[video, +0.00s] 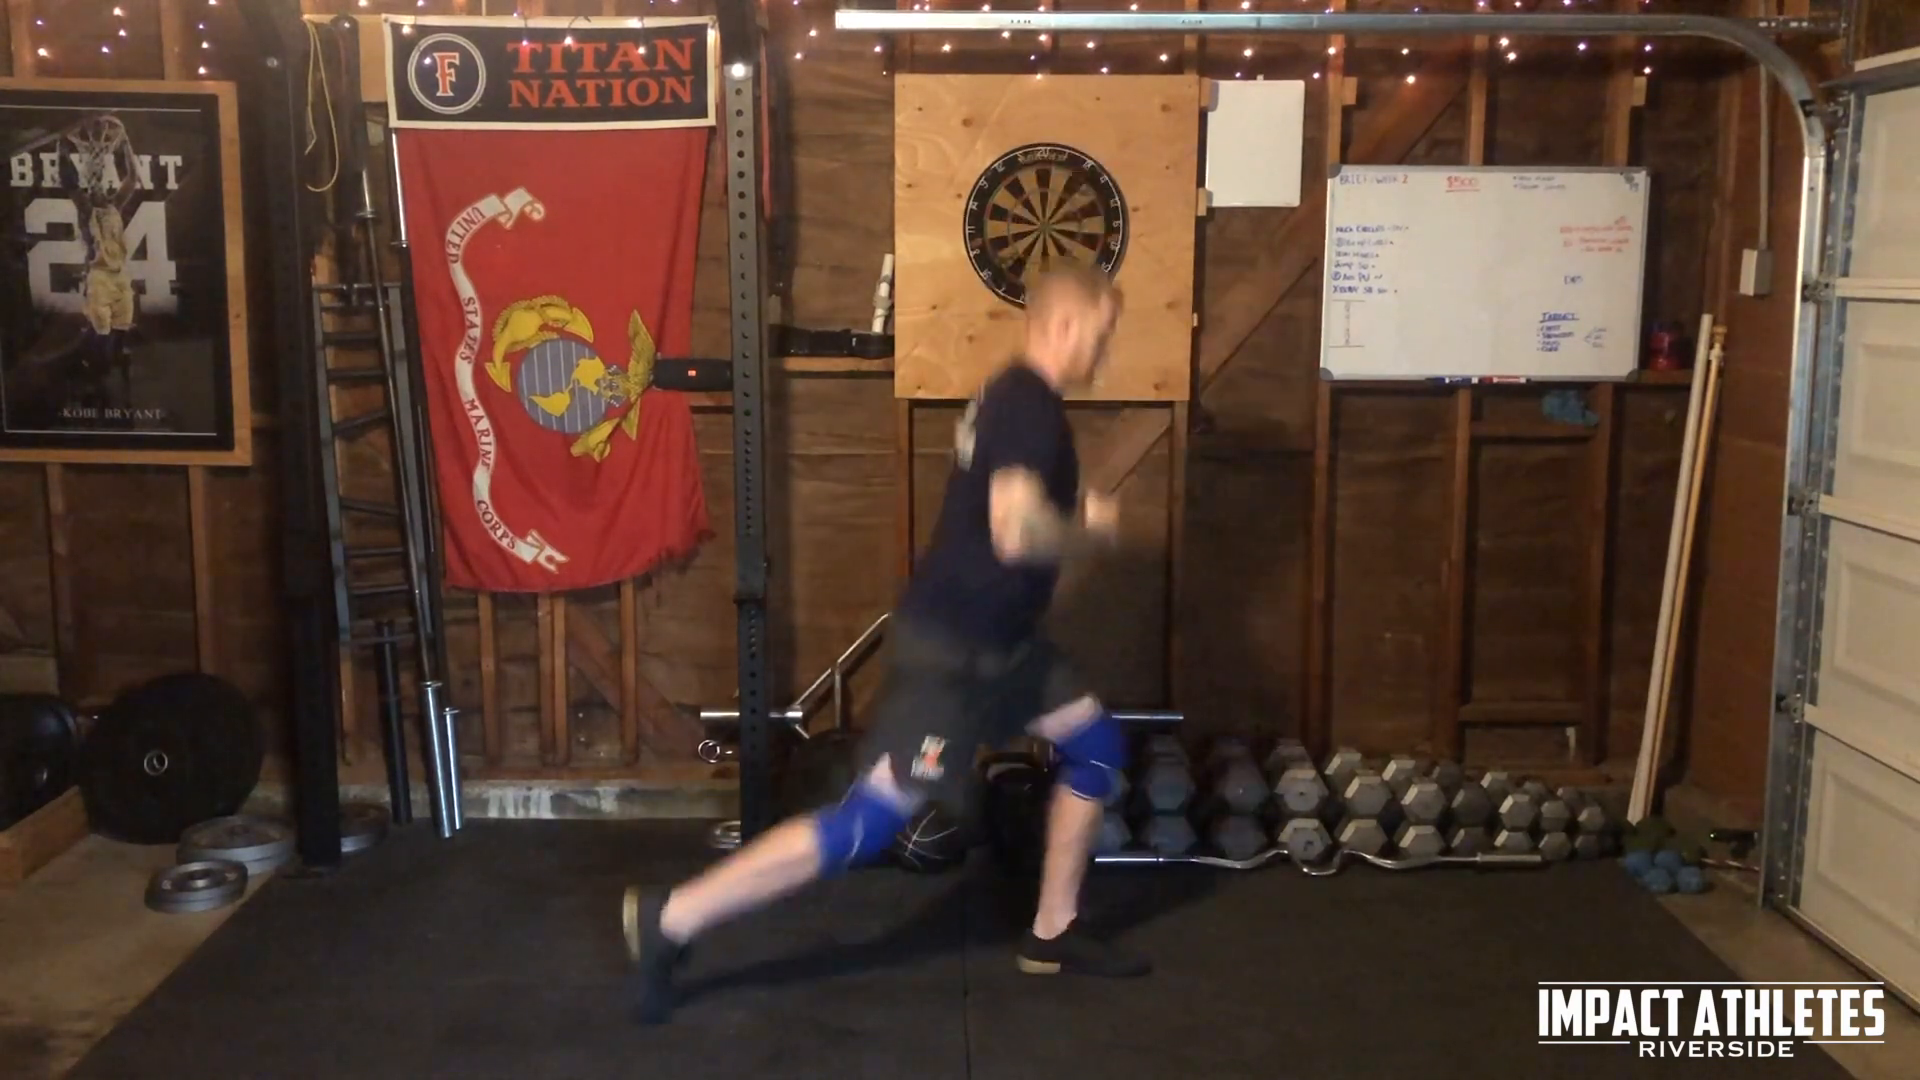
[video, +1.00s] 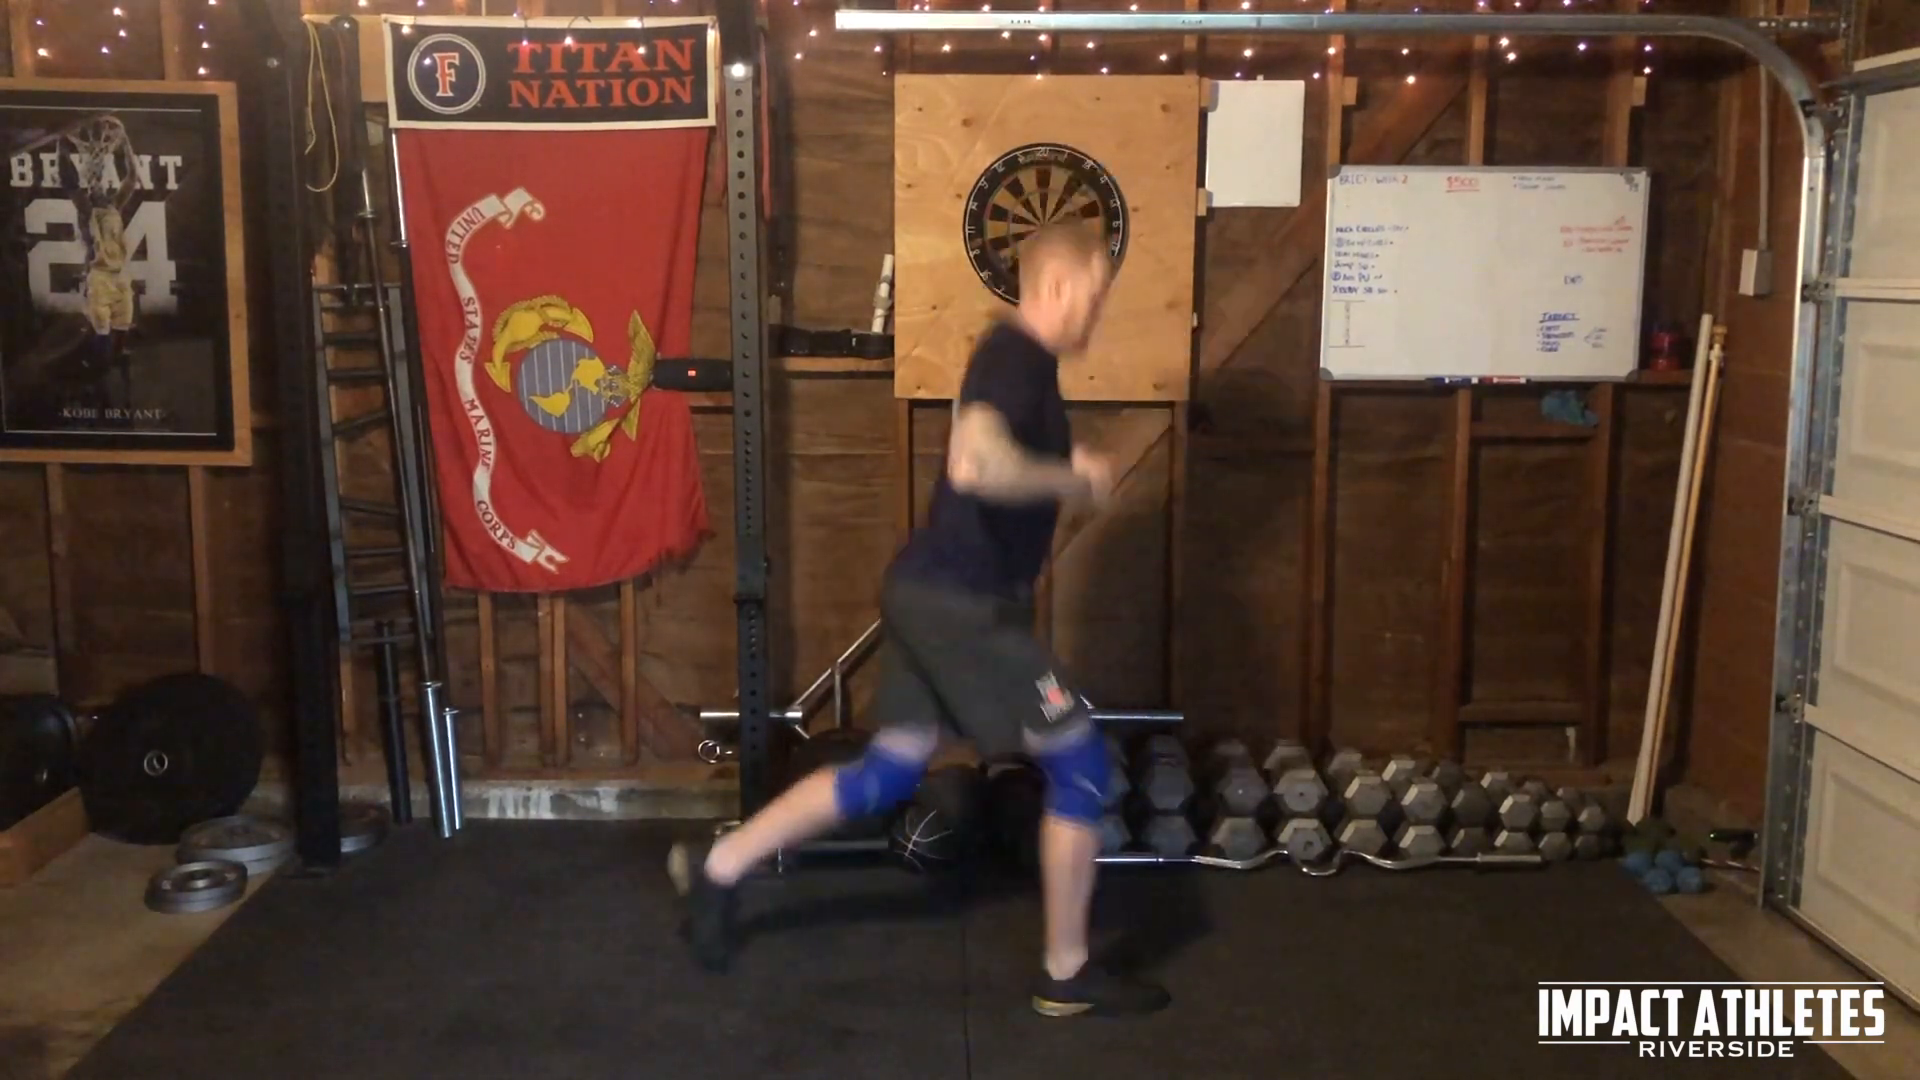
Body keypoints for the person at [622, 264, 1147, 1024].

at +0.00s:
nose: (1105, 348)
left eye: (1108, 331)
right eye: (1099, 331)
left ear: (1057, 325)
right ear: (1059, 325)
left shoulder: (1034, 401)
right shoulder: (1023, 402)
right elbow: (1016, 532)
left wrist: (1071, 517)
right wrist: (1091, 523)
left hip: (1003, 646)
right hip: (948, 648)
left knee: (1095, 747)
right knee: (869, 823)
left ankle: (1054, 932)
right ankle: (669, 918)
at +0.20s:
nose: (1096, 484)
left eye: (1097, 469)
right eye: (1090, 469)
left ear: (1037, 465)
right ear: (1049, 465)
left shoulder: (1017, 530)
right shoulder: (1010, 546)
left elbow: (1005, 639)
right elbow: (976, 685)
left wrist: (1058, 653)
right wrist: (1064, 701)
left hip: (989, 750)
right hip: (935, 773)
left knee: (1127, 761)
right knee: (857, 964)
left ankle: (1055, 933)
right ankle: (647, 944)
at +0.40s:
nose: (1078, 478)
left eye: (1078, 463)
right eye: (1070, 463)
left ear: (1021, 466)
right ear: (1030, 466)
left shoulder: (1012, 540)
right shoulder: (1000, 550)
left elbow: (1000, 648)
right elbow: (976, 682)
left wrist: (1060, 649)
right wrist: (1071, 681)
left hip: (988, 749)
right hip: (933, 777)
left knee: (1126, 762)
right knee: (850, 966)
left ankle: (1054, 932)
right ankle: (639, 941)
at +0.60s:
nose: (1082, 326)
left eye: (1085, 308)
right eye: (1075, 308)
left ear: (1046, 305)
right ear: (1034, 303)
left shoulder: (1024, 388)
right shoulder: (1011, 386)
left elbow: (1034, 502)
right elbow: (1023, 505)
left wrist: (1077, 482)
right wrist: (1084, 481)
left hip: (1008, 631)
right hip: (946, 630)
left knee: (1089, 742)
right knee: (874, 801)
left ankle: (1057, 927)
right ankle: (685, 925)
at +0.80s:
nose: (1102, 226)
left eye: (1106, 210)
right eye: (1099, 207)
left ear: (1041, 195)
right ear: (1055, 195)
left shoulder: (1014, 265)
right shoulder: (1021, 266)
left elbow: (991, 372)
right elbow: (987, 377)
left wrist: (1058, 375)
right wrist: (1076, 391)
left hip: (962, 514)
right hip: (955, 519)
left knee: (961, 698)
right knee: (978, 709)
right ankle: (881, 903)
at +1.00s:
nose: (1101, 308)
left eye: (1104, 292)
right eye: (1096, 290)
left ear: (1044, 283)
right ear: (1055, 283)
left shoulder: (1024, 359)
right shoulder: (1013, 356)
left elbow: (995, 465)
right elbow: (974, 462)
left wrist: (1072, 470)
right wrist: (1073, 476)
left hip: (933, 594)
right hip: (957, 602)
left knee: (887, 770)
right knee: (1079, 760)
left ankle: (717, 865)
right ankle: (1068, 971)